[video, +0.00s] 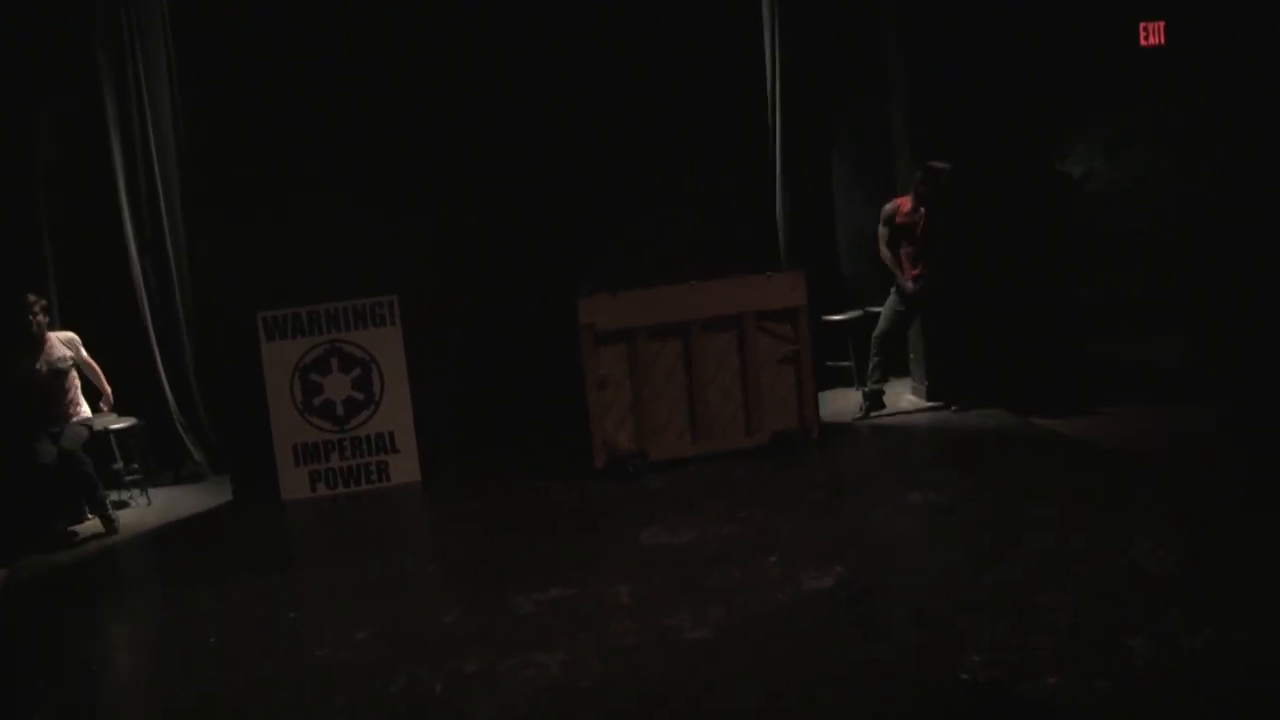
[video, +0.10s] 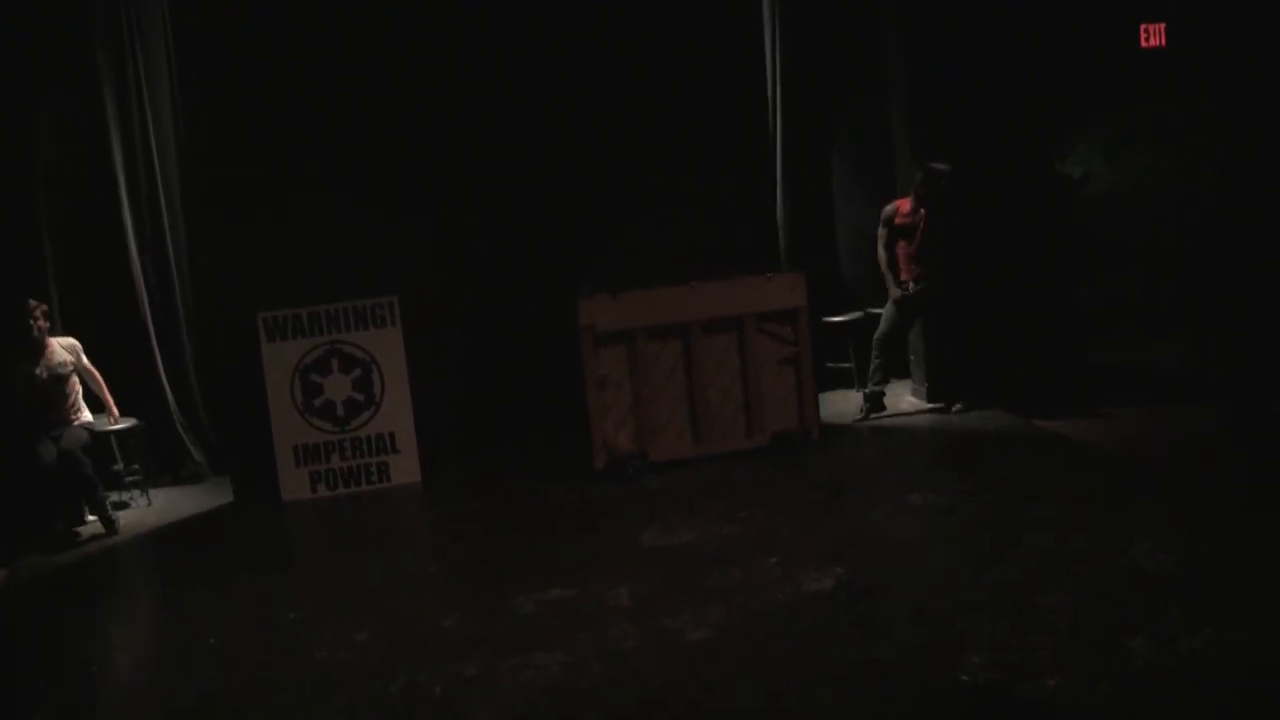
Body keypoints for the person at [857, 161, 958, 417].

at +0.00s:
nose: (923, 192)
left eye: (929, 188)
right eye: (921, 186)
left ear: (936, 190)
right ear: (915, 185)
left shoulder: (939, 213)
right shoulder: (893, 210)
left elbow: (948, 250)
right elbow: (884, 249)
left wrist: (935, 277)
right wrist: (902, 280)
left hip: (937, 286)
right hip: (907, 286)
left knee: (944, 338)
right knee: (881, 336)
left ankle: (953, 392)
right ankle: (873, 396)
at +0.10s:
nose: (925, 193)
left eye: (930, 189)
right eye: (923, 187)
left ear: (937, 191)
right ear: (916, 185)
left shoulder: (940, 212)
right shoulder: (894, 211)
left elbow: (949, 250)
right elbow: (883, 249)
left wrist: (946, 282)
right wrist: (892, 286)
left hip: (936, 287)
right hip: (906, 288)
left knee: (942, 340)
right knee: (882, 338)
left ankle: (949, 394)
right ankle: (873, 397)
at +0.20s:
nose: (925, 192)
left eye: (930, 188)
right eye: (923, 187)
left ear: (937, 190)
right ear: (915, 186)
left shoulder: (940, 214)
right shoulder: (894, 213)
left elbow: (949, 251)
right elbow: (882, 253)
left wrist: (948, 282)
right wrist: (881, 288)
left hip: (935, 287)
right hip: (904, 289)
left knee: (945, 339)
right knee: (884, 341)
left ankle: (956, 393)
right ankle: (875, 398)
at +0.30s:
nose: (927, 194)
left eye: (932, 189)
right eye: (925, 188)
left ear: (939, 191)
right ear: (917, 187)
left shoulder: (943, 214)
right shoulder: (895, 214)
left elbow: (954, 249)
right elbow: (882, 253)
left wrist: (956, 281)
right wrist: (874, 289)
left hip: (940, 288)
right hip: (909, 290)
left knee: (950, 341)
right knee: (889, 339)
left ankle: (963, 396)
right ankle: (877, 399)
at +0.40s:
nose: (929, 194)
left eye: (934, 190)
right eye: (926, 189)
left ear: (941, 192)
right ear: (919, 188)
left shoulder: (945, 215)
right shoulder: (898, 215)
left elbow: (957, 249)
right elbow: (884, 252)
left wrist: (960, 280)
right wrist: (874, 288)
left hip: (942, 288)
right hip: (911, 290)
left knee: (953, 342)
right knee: (893, 340)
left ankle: (967, 396)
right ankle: (879, 400)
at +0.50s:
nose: (934, 195)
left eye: (939, 192)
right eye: (932, 190)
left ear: (947, 193)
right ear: (924, 189)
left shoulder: (950, 215)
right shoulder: (901, 215)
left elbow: (961, 250)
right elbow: (888, 253)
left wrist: (963, 281)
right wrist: (880, 289)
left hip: (946, 288)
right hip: (914, 290)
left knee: (956, 342)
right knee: (895, 341)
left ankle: (969, 397)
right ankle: (883, 401)